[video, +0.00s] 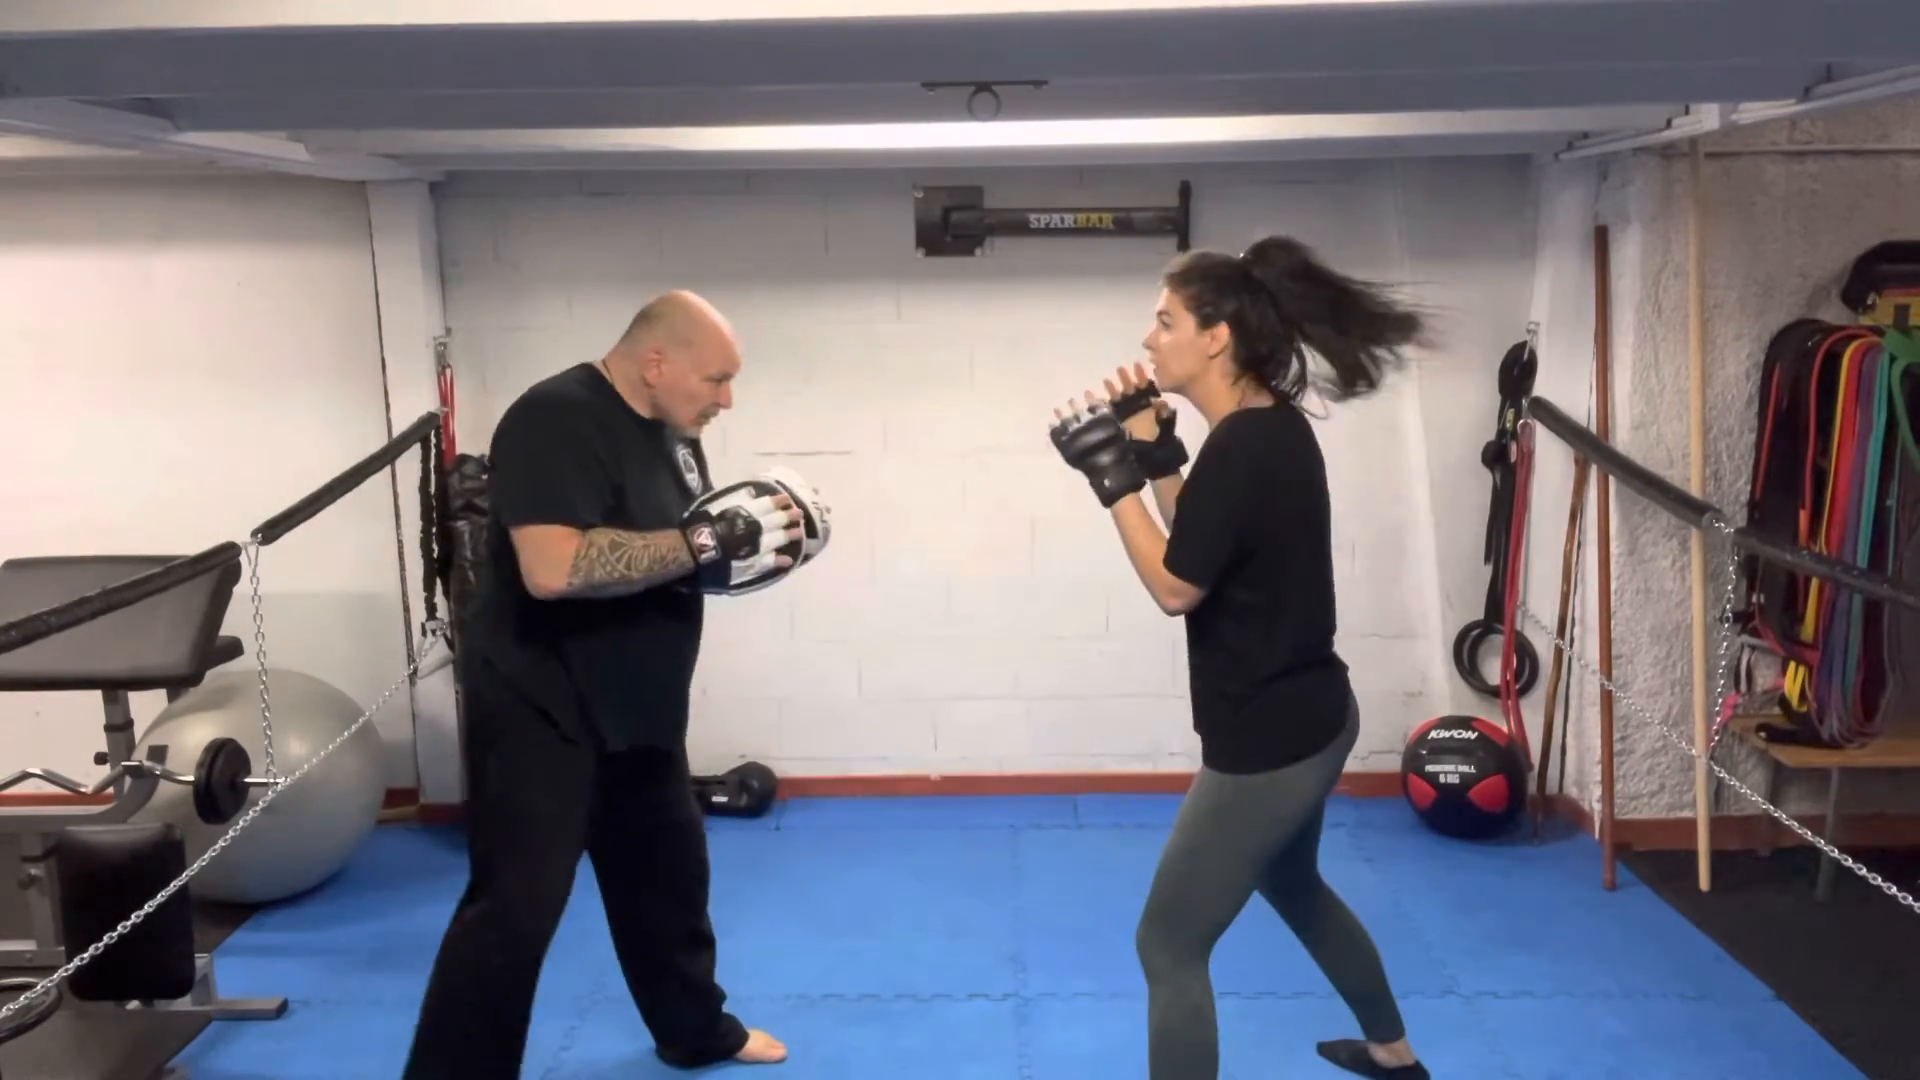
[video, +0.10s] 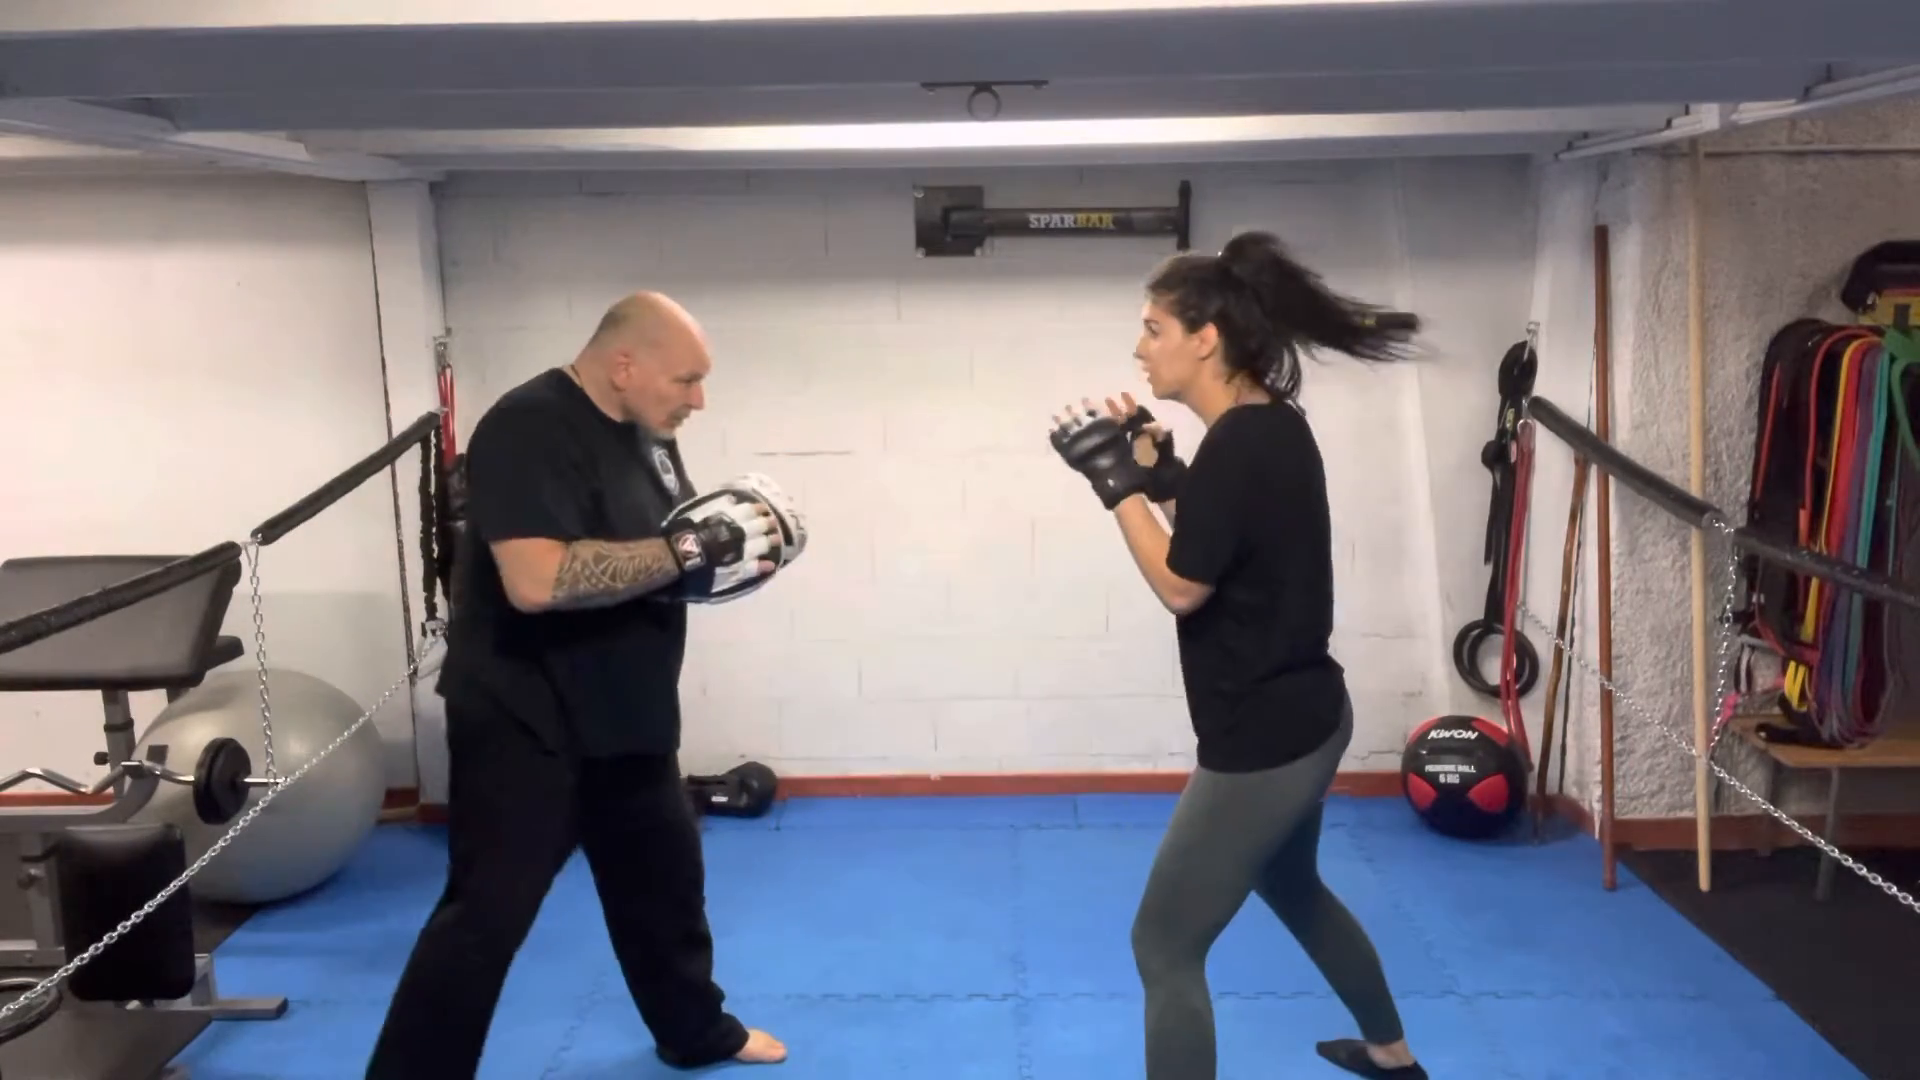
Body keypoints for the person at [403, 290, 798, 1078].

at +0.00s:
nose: (725, 401)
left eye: (729, 383)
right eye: (716, 381)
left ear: (662, 365)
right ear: (656, 361)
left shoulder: (662, 437)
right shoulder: (549, 420)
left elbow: (674, 562)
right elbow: (551, 568)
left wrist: (761, 544)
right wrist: (697, 541)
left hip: (634, 710)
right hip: (534, 714)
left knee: (665, 876)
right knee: (516, 903)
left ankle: (694, 1031)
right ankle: (451, 1072)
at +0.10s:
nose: (698, 401)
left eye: (700, 382)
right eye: (686, 381)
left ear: (631, 370)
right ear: (623, 366)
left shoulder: (639, 439)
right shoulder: (522, 429)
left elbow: (645, 570)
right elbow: (534, 579)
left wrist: (728, 559)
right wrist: (683, 549)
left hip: (624, 718)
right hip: (520, 725)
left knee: (660, 881)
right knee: (485, 916)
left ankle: (694, 1032)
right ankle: (409, 1074)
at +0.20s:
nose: (659, 408)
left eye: (661, 389)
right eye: (646, 389)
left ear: (589, 375)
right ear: (582, 374)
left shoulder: (610, 445)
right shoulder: (479, 449)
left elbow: (650, 545)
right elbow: (502, 600)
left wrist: (720, 555)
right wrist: (657, 570)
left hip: (609, 728)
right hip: (496, 742)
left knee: (660, 868)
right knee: (456, 937)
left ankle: (693, 1030)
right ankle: (405, 1072)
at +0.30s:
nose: (625, 410)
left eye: (628, 391)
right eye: (612, 391)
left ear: (555, 382)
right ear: (544, 380)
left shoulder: (588, 447)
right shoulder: (438, 460)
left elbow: (610, 549)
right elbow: (461, 617)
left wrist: (681, 564)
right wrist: (622, 586)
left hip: (592, 730)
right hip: (477, 747)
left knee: (660, 863)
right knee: (451, 945)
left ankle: (694, 1030)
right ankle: (411, 1074)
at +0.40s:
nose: (605, 406)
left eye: (608, 386)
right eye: (590, 386)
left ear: (532, 378)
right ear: (522, 376)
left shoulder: (572, 443)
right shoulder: (416, 458)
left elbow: (601, 535)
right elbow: (423, 616)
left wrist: (668, 559)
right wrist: (591, 587)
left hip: (581, 731)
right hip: (471, 747)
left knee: (651, 868)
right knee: (447, 949)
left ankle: (694, 1029)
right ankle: (409, 1071)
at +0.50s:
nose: (600, 403)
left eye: (602, 383)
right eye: (584, 384)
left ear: (527, 375)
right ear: (516, 374)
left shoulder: (570, 432)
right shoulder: (409, 451)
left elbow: (608, 510)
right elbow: (404, 604)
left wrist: (680, 521)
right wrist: (566, 581)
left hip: (580, 728)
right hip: (468, 746)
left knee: (647, 865)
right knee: (444, 947)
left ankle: (692, 1028)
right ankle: (407, 1071)